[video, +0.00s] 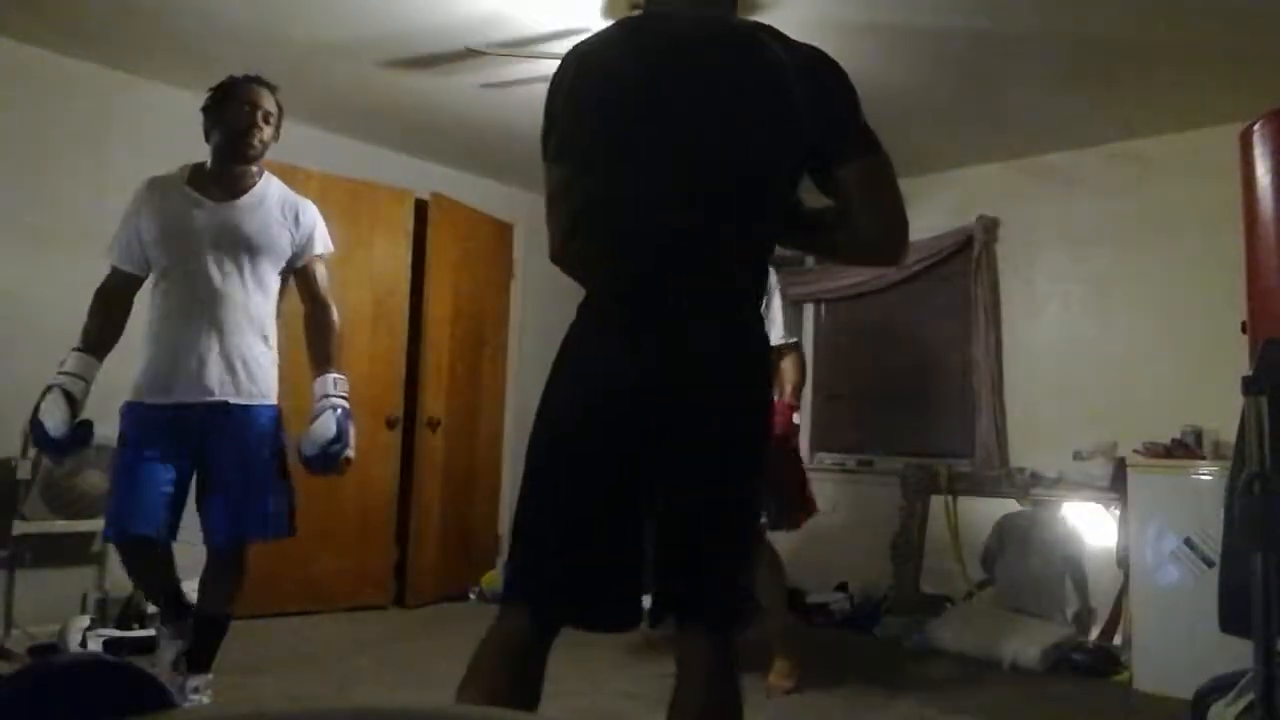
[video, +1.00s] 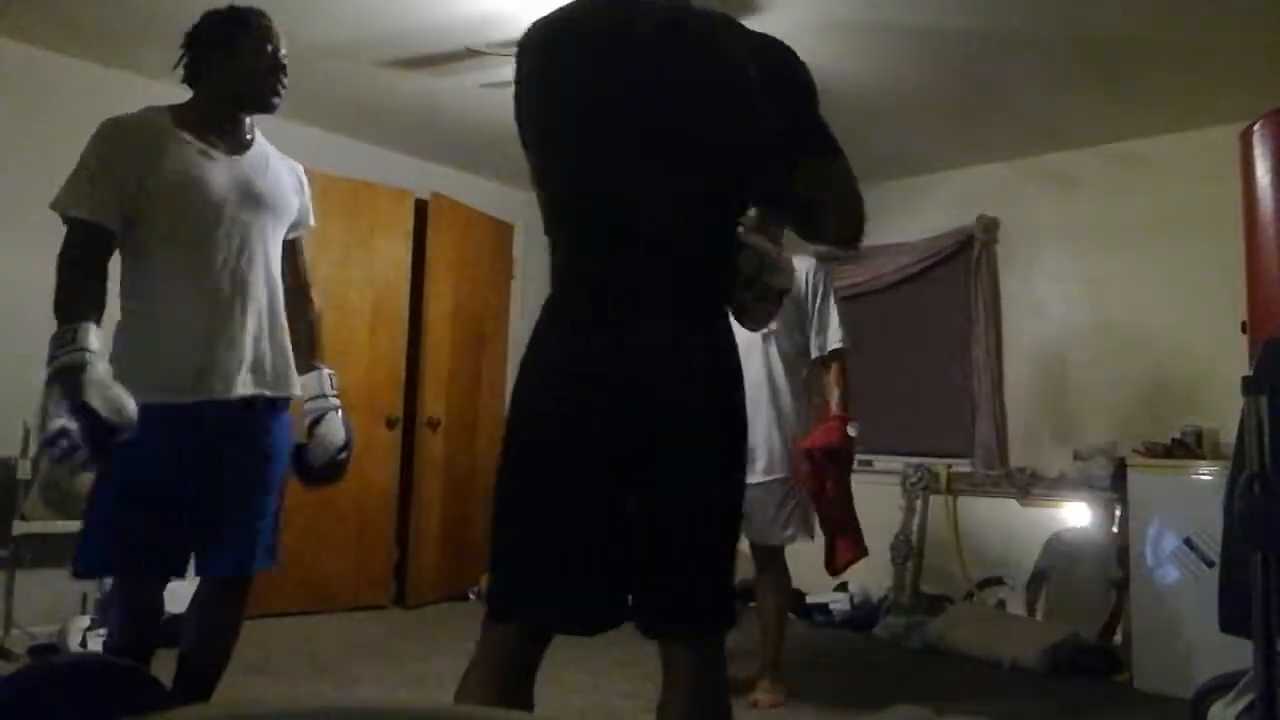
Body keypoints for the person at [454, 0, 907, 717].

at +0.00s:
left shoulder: (585, 65)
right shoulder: (799, 70)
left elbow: (568, 244)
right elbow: (881, 236)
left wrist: (652, 292)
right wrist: (768, 219)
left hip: (603, 354)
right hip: (723, 359)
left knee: (527, 611)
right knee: (707, 634)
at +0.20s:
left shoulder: (603, 66)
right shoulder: (815, 71)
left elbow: (598, 255)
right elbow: (897, 233)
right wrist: (775, 221)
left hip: (614, 358)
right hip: (734, 364)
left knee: (535, 616)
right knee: (713, 642)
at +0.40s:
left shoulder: (608, 67)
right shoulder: (820, 72)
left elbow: (602, 255)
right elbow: (901, 234)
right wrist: (788, 216)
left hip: (617, 357)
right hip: (737, 365)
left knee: (541, 610)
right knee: (714, 644)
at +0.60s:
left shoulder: (605, 61)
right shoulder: (814, 71)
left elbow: (597, 249)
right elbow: (894, 241)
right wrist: (787, 212)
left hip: (613, 354)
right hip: (733, 363)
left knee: (542, 609)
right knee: (714, 646)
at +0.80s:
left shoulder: (580, 52)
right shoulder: (793, 69)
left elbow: (575, 233)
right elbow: (865, 240)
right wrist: (767, 194)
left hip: (594, 359)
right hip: (716, 366)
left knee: (525, 620)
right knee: (705, 649)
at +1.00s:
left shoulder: (548, 41)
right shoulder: (757, 61)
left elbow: (566, 219)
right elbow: (842, 222)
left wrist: (722, 258)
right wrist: (750, 168)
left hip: (568, 359)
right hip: (692, 365)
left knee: (513, 627)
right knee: (691, 642)